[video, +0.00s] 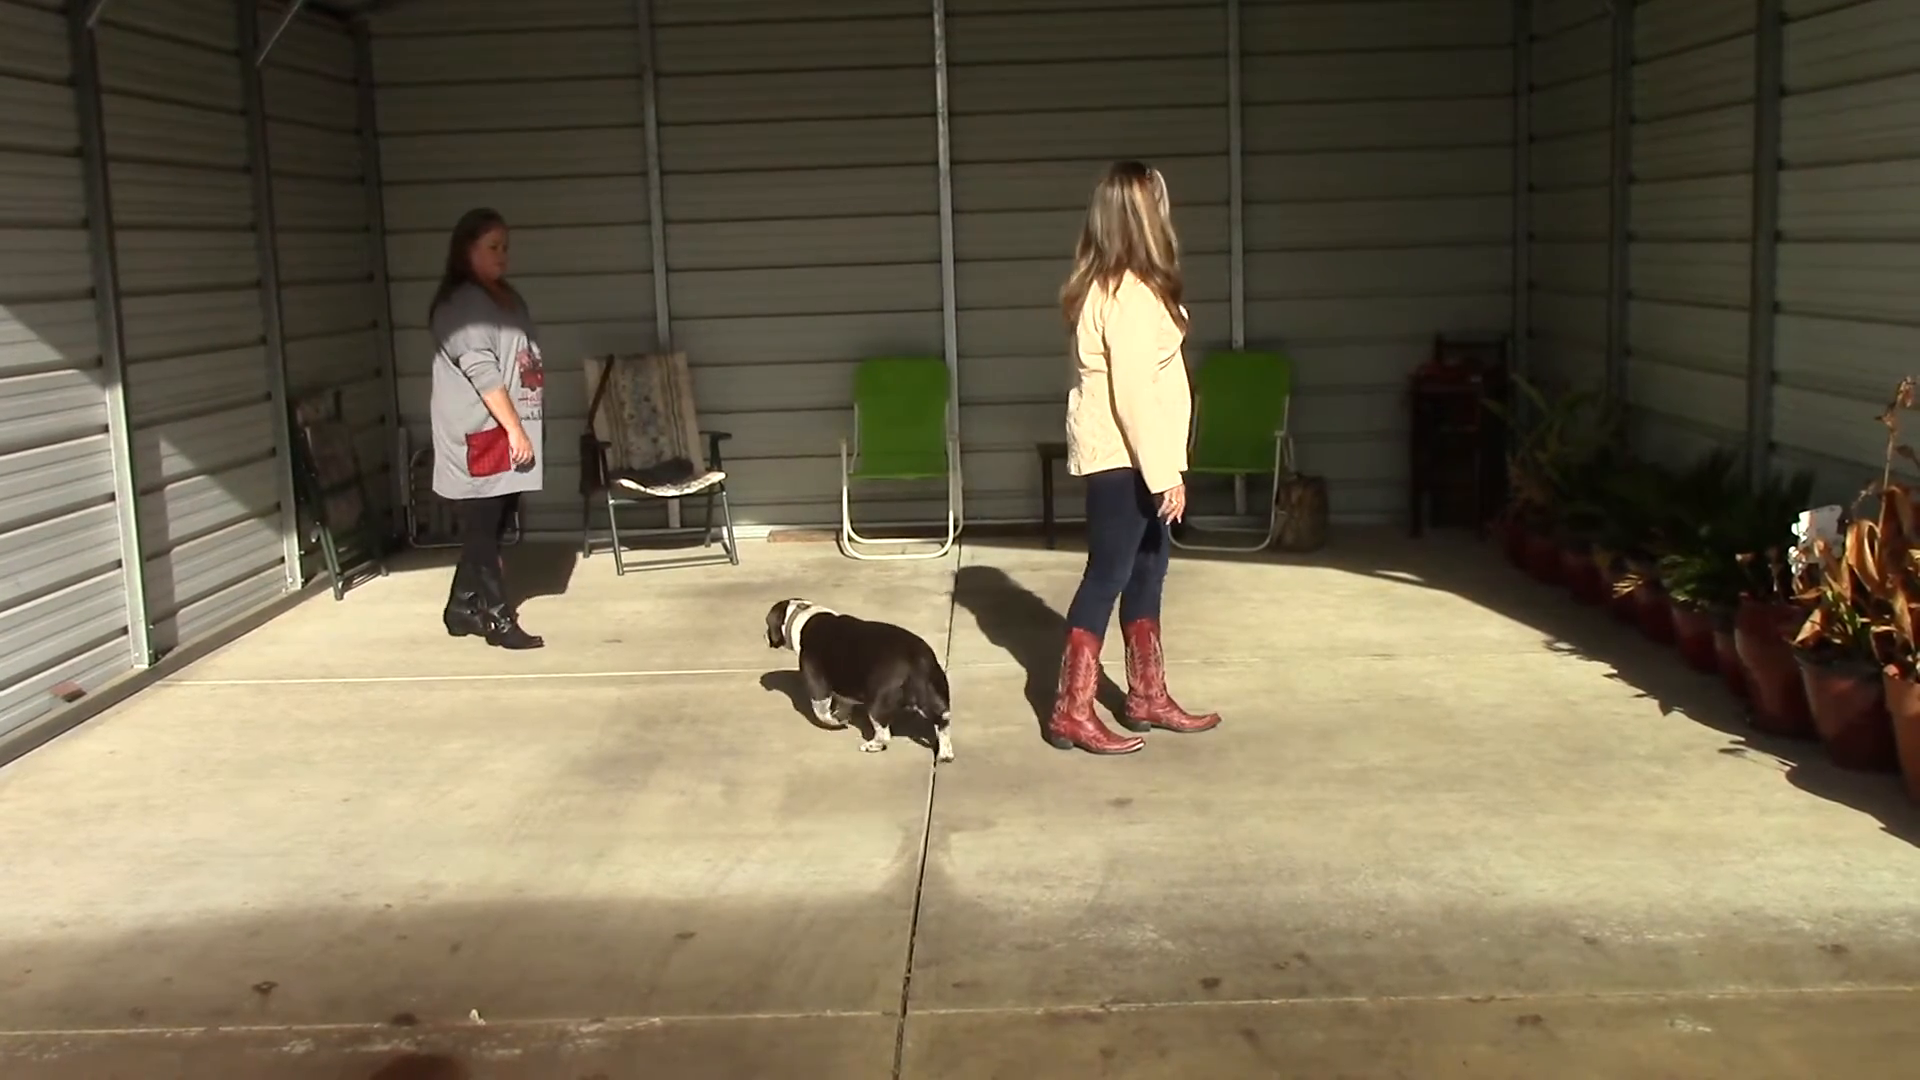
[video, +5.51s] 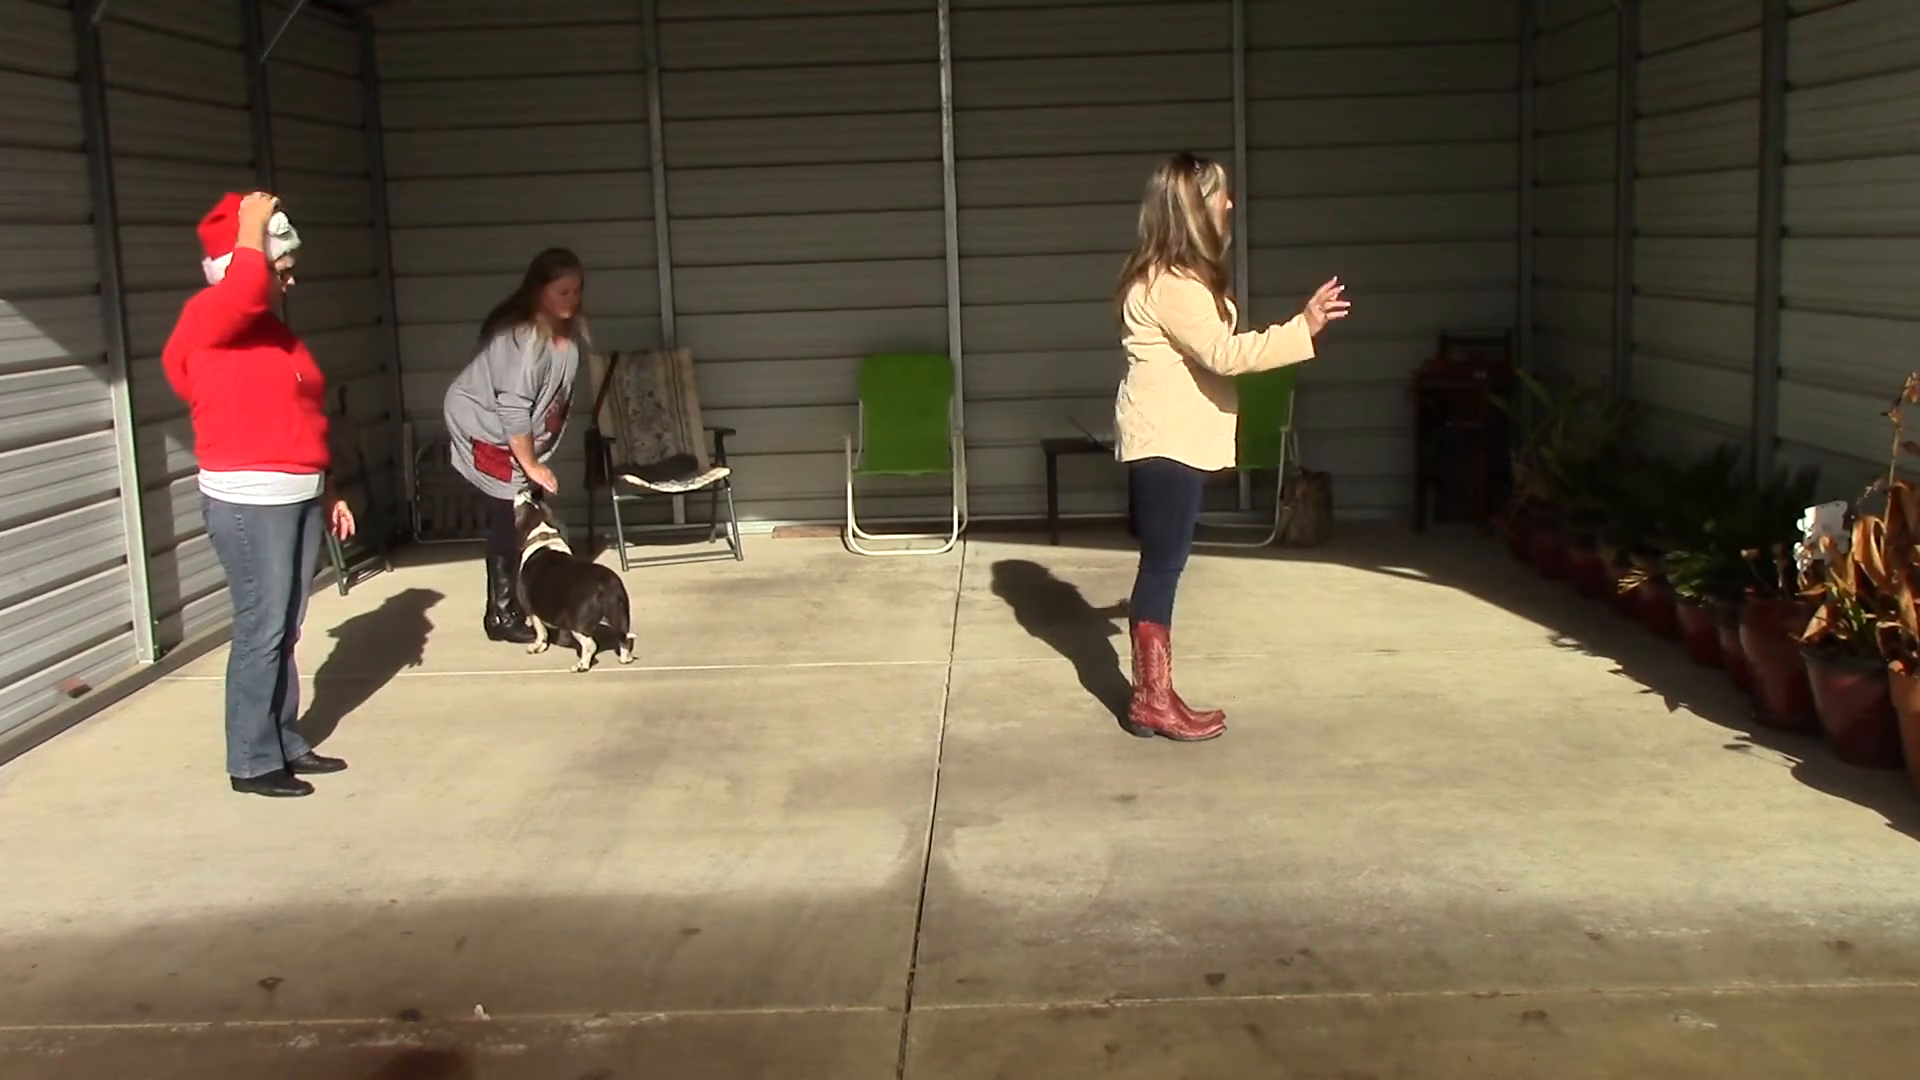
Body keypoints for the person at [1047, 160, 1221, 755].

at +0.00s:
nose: (1168, 219)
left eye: (1163, 208)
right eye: (1162, 210)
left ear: (1107, 217)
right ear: (1148, 218)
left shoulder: (1126, 286)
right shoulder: (1126, 292)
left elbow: (1147, 390)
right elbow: (1134, 397)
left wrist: (1171, 466)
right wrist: (1164, 477)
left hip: (1139, 451)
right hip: (1116, 454)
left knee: (1149, 564)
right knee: (1110, 570)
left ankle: (1147, 696)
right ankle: (1071, 710)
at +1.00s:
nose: (1204, 205)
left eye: (1201, 196)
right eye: (1195, 197)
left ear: (1152, 207)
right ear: (1172, 207)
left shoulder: (1137, 273)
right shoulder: (1165, 275)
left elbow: (1162, 363)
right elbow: (1171, 363)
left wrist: (1218, 399)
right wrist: (1217, 406)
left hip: (1141, 440)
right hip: (1161, 442)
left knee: (1155, 561)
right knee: (1168, 562)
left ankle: (1146, 694)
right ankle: (1151, 700)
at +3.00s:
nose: (1217, 205)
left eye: (1214, 195)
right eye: (1209, 196)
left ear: (1165, 202)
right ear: (1185, 203)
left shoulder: (1147, 270)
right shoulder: (1170, 274)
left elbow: (1176, 367)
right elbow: (1178, 367)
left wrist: (1230, 412)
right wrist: (1228, 419)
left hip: (1148, 438)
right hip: (1167, 440)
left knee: (1158, 559)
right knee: (1181, 559)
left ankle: (1148, 693)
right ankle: (1155, 697)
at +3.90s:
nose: (1181, 225)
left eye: (1188, 214)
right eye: (1170, 215)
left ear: (1196, 215)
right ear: (1144, 216)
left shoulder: (1185, 275)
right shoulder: (1131, 283)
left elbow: (1201, 369)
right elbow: (1127, 382)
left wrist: (1216, 442)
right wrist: (1151, 460)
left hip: (1191, 446)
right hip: (1161, 450)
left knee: (1170, 560)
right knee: (1165, 560)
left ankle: (1158, 692)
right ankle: (1151, 696)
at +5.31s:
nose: (1239, 207)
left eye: (1235, 197)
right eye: (1229, 198)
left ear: (1205, 208)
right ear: (1200, 210)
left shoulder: (1202, 284)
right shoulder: (1162, 289)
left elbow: (1199, 378)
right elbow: (1156, 384)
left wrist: (1225, 436)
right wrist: (1206, 447)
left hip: (1181, 450)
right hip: (1154, 449)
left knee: (1169, 562)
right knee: (1159, 563)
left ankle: (1158, 694)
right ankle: (1149, 699)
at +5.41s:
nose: (1234, 205)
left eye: (1231, 195)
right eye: (1225, 196)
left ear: (1189, 208)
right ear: (1197, 208)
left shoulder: (1189, 281)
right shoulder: (1169, 286)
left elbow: (1205, 366)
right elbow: (1189, 372)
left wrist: (1272, 383)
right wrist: (1273, 388)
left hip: (1175, 443)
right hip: (1162, 445)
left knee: (1165, 562)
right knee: (1161, 563)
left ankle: (1156, 693)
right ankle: (1152, 697)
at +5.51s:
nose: (1232, 209)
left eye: (1229, 198)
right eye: (1222, 199)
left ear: (1184, 208)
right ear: (1192, 207)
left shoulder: (1181, 276)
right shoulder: (1169, 283)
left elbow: (1225, 348)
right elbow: (1225, 354)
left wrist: (1301, 324)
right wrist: (1305, 327)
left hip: (1174, 442)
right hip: (1164, 443)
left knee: (1164, 564)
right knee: (1162, 564)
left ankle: (1156, 695)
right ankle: (1150, 699)